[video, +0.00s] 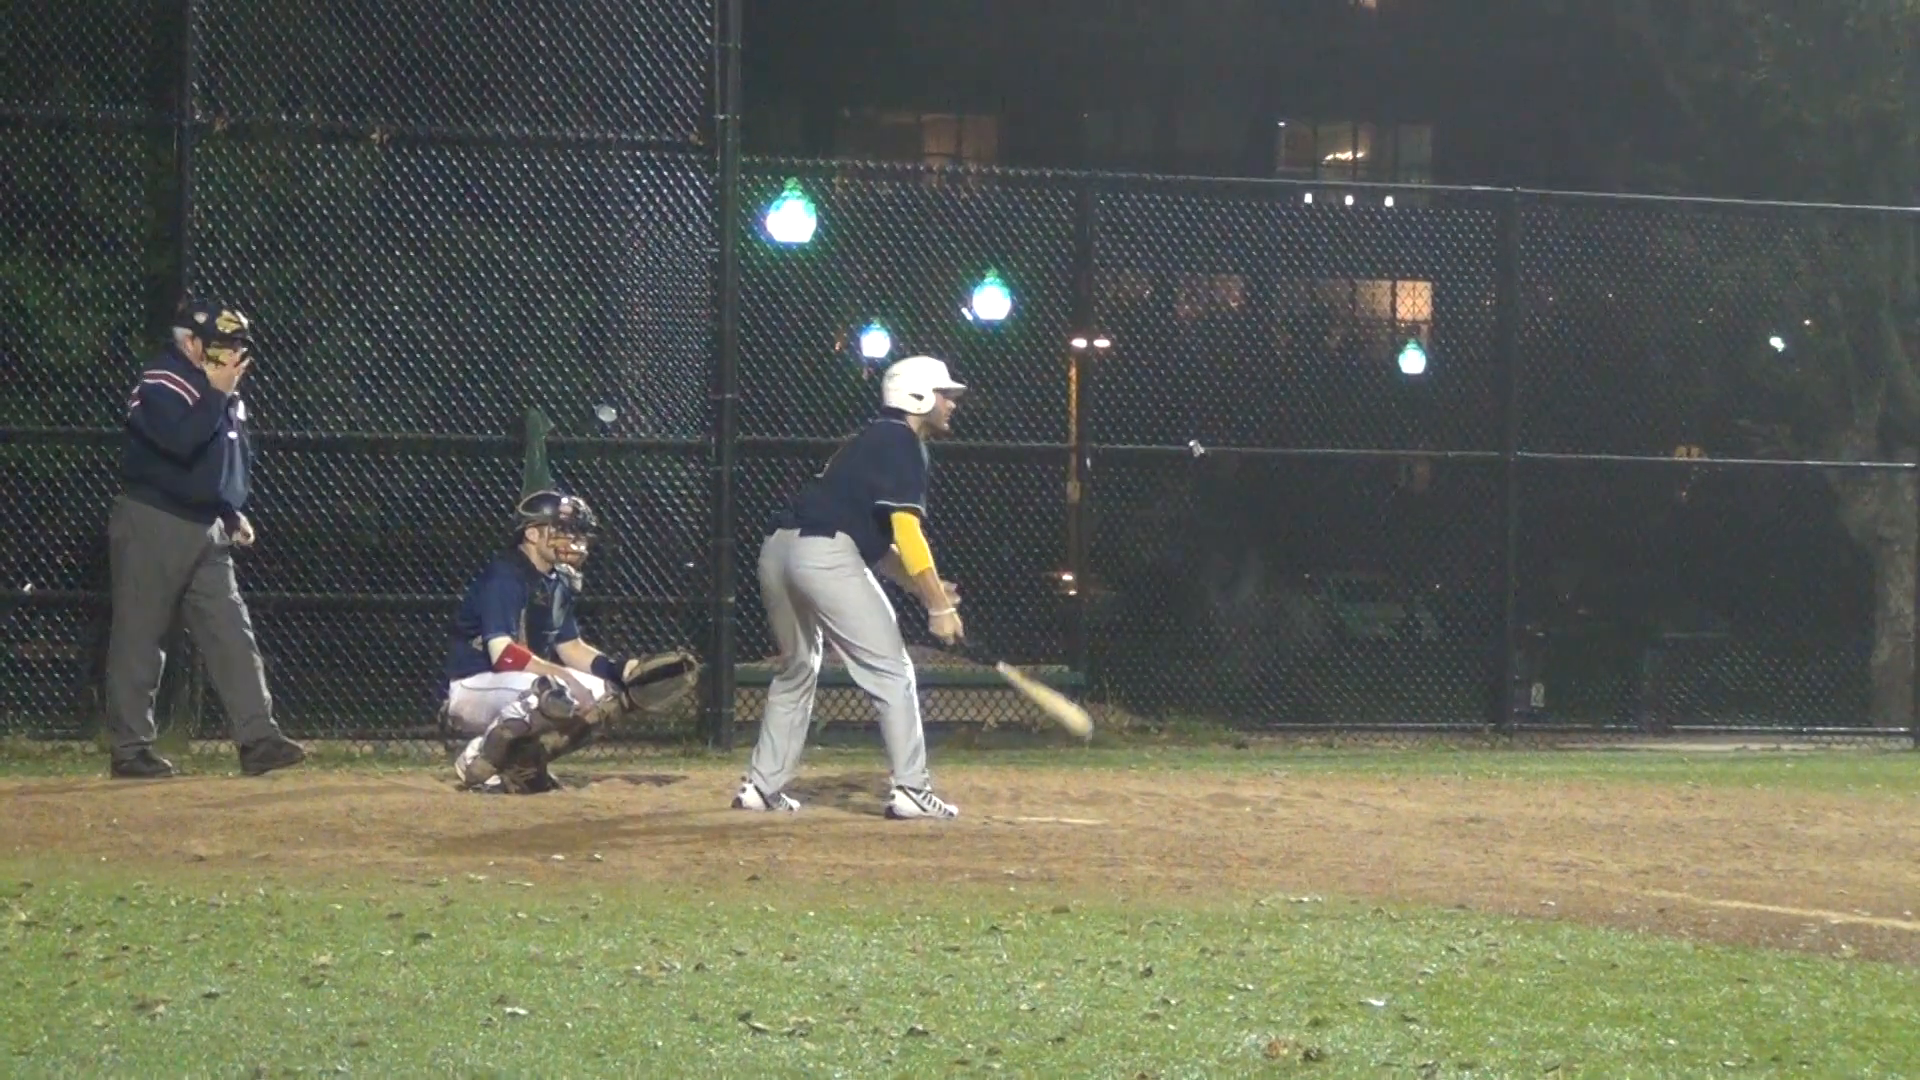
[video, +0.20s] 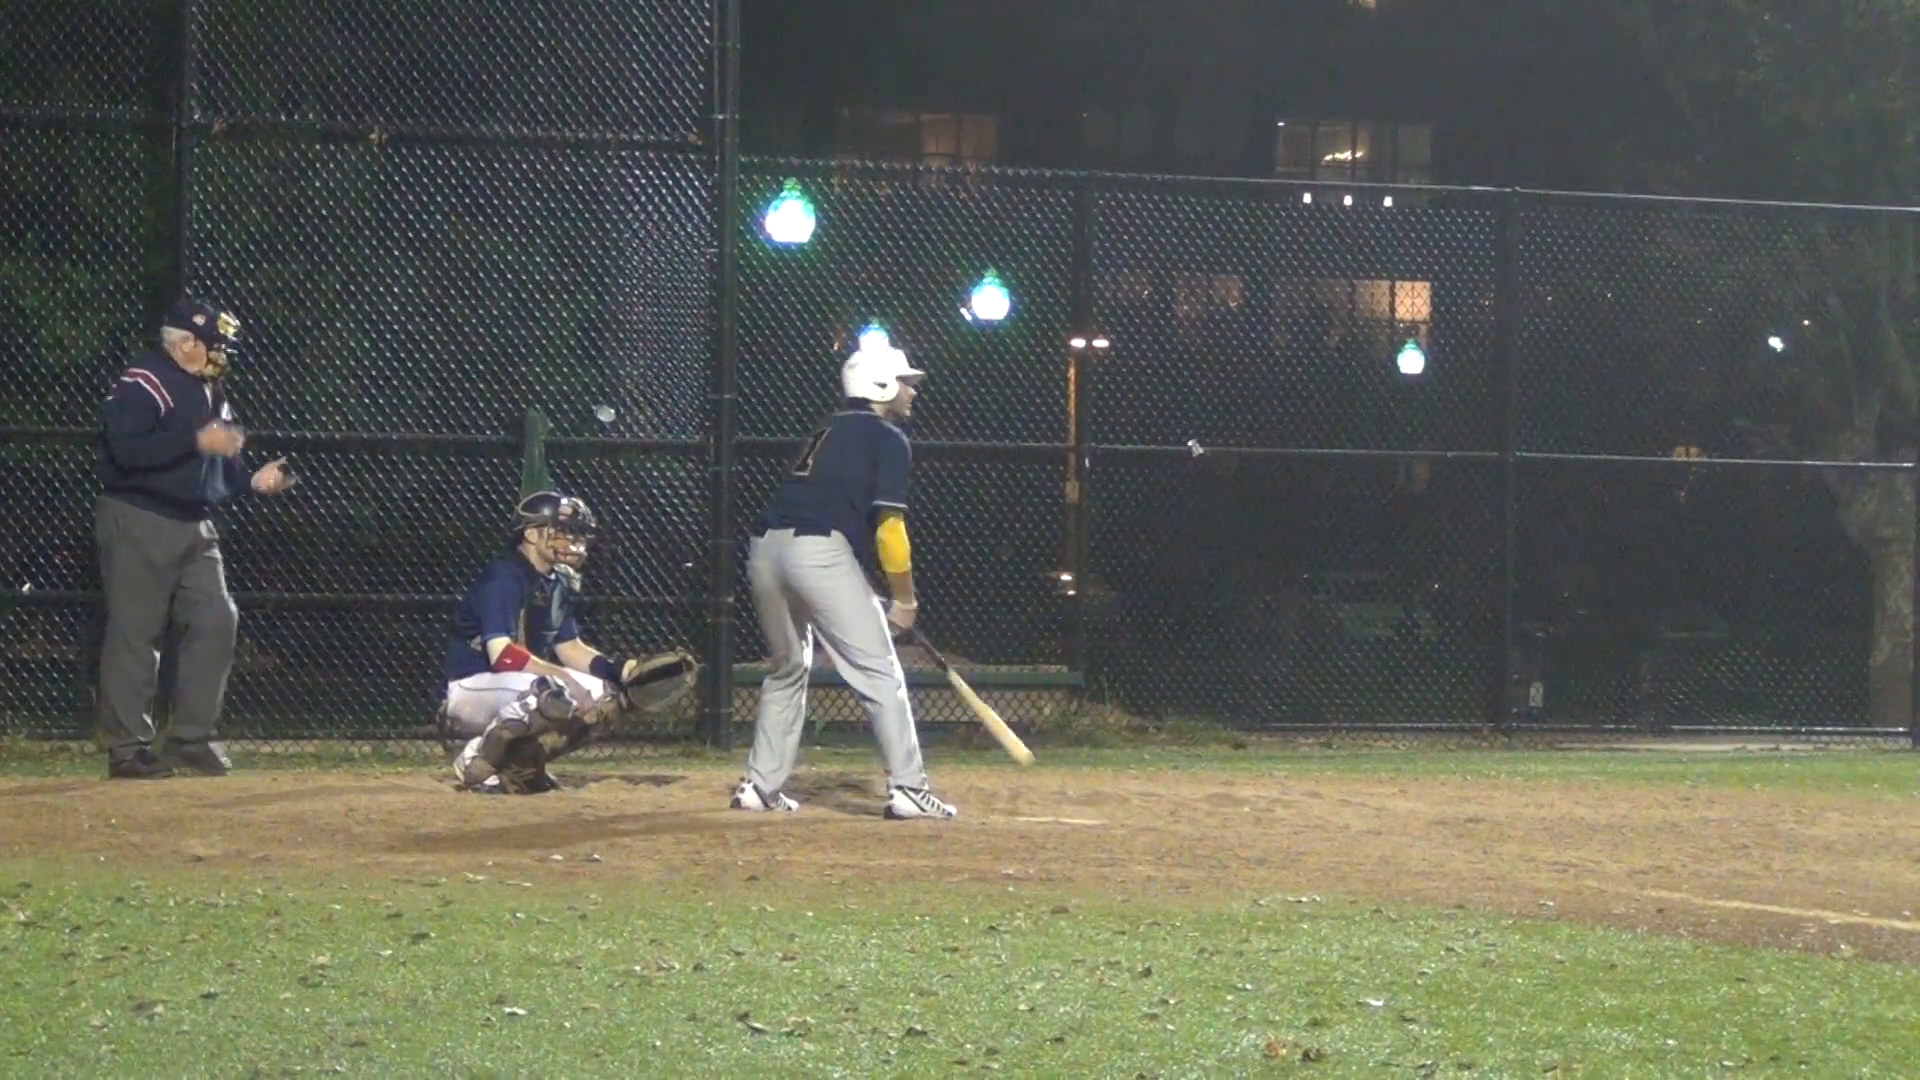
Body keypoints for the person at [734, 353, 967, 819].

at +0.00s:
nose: (953, 404)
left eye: (952, 395)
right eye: (944, 395)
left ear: (906, 400)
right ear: (918, 398)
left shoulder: (870, 438)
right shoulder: (903, 442)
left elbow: (876, 545)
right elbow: (907, 531)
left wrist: (927, 586)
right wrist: (940, 607)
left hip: (776, 547)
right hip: (828, 551)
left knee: (796, 670)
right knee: (892, 671)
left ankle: (761, 785)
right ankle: (911, 790)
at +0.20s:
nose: (913, 391)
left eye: (912, 383)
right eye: (906, 382)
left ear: (862, 389)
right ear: (882, 387)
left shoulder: (828, 431)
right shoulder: (889, 439)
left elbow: (828, 519)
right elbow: (889, 530)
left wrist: (865, 597)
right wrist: (904, 600)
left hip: (764, 548)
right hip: (819, 549)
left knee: (786, 670)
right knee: (879, 673)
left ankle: (760, 785)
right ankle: (910, 789)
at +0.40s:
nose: (883, 389)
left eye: (882, 380)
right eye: (876, 381)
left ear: (827, 386)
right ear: (853, 385)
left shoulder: (787, 426)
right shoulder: (874, 435)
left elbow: (793, 502)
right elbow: (872, 525)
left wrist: (870, 542)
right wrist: (861, 562)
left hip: (756, 548)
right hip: (815, 548)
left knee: (778, 668)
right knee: (870, 669)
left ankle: (758, 784)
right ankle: (908, 785)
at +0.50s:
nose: (876, 388)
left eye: (875, 378)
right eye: (869, 379)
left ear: (818, 382)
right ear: (847, 381)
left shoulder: (775, 422)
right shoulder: (868, 431)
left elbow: (755, 486)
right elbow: (863, 515)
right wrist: (868, 514)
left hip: (752, 545)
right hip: (812, 543)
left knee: (774, 667)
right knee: (870, 663)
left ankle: (758, 785)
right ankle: (912, 777)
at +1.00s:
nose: (896, 396)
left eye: (895, 386)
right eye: (889, 386)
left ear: (842, 390)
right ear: (865, 388)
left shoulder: (801, 432)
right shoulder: (881, 433)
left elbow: (790, 495)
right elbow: (897, 525)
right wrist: (859, 503)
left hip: (759, 548)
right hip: (816, 549)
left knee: (782, 670)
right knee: (876, 675)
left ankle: (753, 785)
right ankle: (903, 789)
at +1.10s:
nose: (904, 399)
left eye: (903, 389)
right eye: (896, 389)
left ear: (853, 394)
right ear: (872, 392)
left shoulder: (826, 432)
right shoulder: (884, 434)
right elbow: (911, 522)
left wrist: (894, 551)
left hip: (761, 550)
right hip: (815, 552)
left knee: (786, 672)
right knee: (880, 677)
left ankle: (749, 787)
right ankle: (901, 789)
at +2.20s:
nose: (868, 403)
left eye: (867, 394)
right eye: (861, 394)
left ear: (819, 399)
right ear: (835, 397)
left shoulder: (782, 440)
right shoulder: (852, 449)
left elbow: (796, 523)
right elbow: (860, 537)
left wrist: (847, 578)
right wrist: (874, 590)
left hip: (739, 570)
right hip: (797, 569)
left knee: (775, 679)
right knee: (870, 686)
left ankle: (745, 790)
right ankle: (896, 792)